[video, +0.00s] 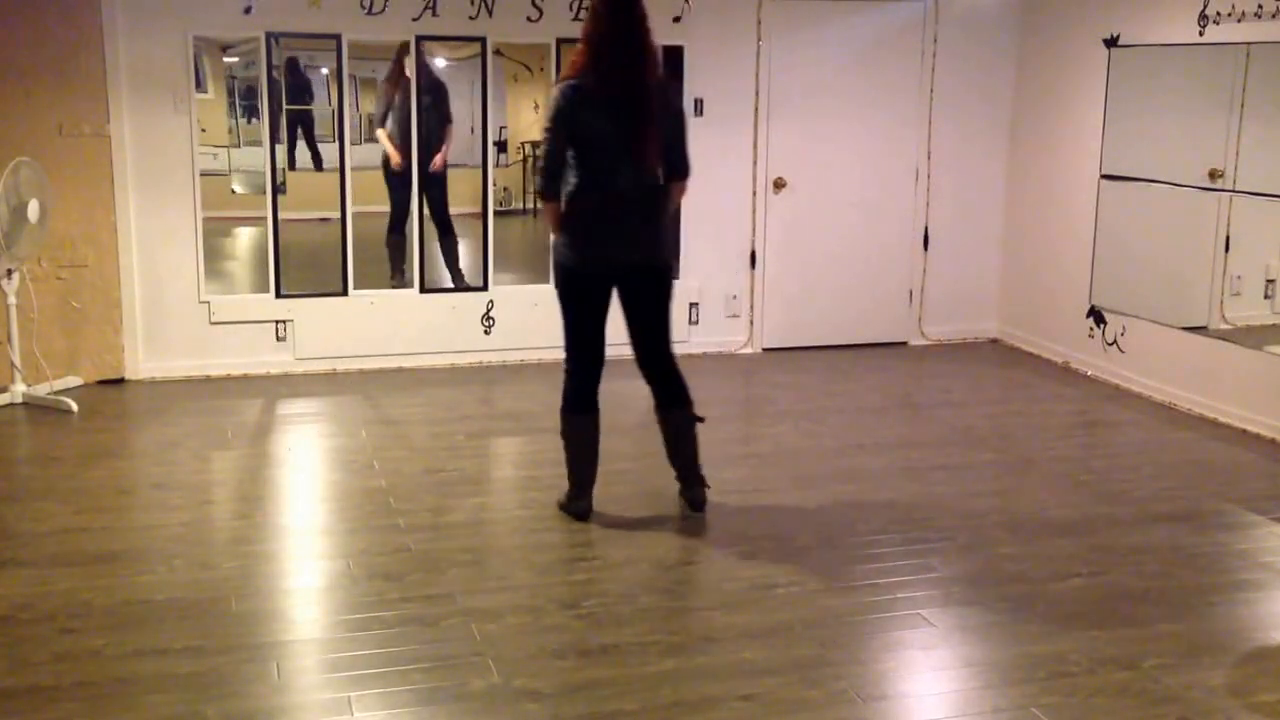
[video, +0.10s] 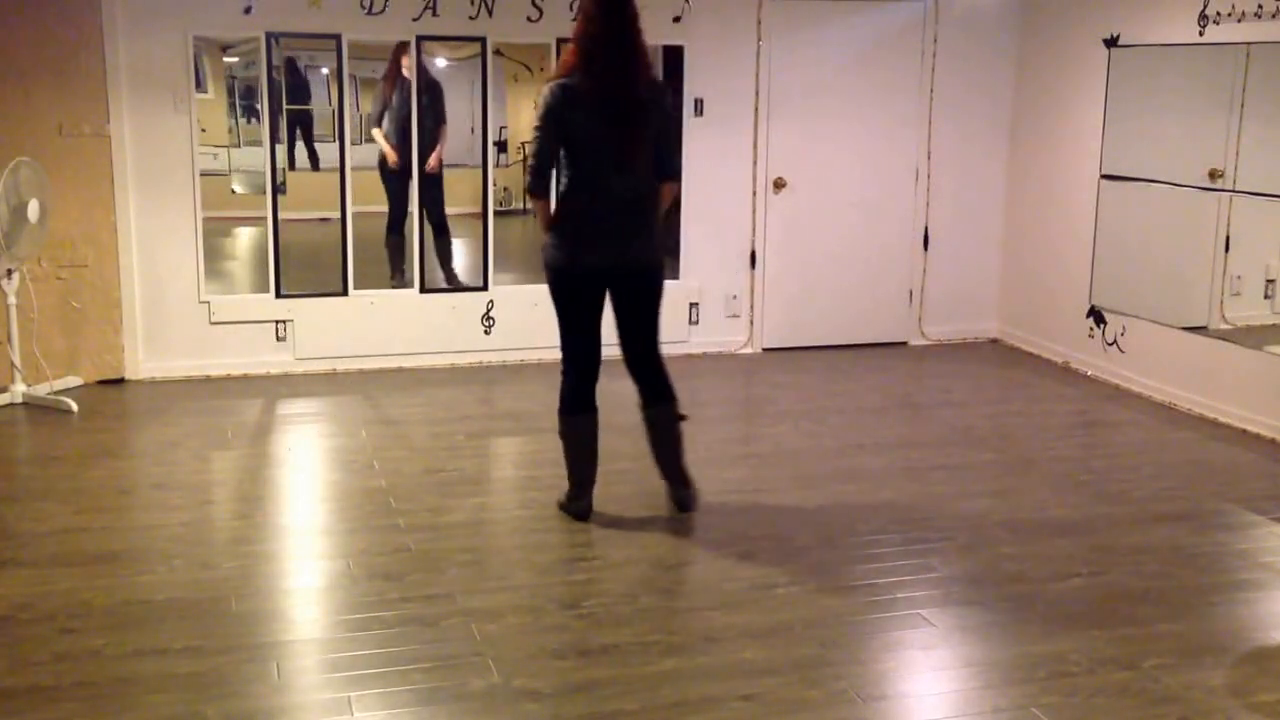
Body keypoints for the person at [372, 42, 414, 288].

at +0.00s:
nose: (411, 66)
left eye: (415, 61)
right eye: (407, 61)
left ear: (422, 61)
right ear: (401, 61)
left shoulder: (436, 86)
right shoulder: (391, 87)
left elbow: (447, 123)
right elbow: (378, 125)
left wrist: (443, 152)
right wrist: (391, 151)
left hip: (430, 160)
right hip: (400, 160)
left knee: (441, 216)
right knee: (399, 216)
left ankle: (456, 273)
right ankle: (397, 273)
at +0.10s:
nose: (410, 62)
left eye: (414, 57)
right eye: (406, 56)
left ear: (420, 59)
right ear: (398, 59)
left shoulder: (432, 86)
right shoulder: (388, 86)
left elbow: (442, 124)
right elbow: (374, 125)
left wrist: (438, 151)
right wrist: (387, 149)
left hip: (426, 159)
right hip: (396, 159)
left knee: (437, 215)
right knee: (397, 215)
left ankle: (449, 272)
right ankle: (397, 273)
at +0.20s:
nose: (409, 60)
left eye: (413, 55)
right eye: (404, 55)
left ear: (419, 58)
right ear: (396, 59)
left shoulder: (430, 86)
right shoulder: (386, 86)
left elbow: (439, 123)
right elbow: (371, 122)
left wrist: (436, 150)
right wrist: (383, 146)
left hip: (424, 159)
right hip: (394, 159)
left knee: (432, 215)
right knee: (396, 214)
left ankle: (439, 272)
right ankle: (397, 272)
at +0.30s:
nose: (407, 58)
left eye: (410, 53)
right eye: (402, 54)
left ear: (416, 57)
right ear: (393, 58)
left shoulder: (426, 85)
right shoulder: (383, 85)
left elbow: (436, 120)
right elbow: (368, 121)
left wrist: (437, 149)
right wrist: (379, 144)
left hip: (422, 160)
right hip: (391, 160)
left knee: (426, 217)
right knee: (394, 214)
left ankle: (428, 273)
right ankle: (396, 271)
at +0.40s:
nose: (406, 62)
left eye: (409, 57)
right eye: (401, 58)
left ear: (414, 58)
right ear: (391, 60)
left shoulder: (426, 85)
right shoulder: (382, 85)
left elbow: (436, 121)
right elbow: (367, 121)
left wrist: (437, 149)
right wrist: (378, 144)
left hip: (420, 161)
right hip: (390, 160)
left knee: (423, 217)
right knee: (393, 214)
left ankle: (426, 272)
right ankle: (396, 271)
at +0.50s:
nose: (404, 60)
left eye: (408, 55)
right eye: (399, 55)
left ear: (414, 58)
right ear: (390, 59)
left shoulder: (425, 86)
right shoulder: (381, 86)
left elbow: (436, 122)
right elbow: (367, 122)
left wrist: (436, 150)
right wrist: (378, 144)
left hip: (419, 161)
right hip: (388, 160)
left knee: (420, 217)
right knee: (392, 215)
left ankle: (426, 272)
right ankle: (396, 271)